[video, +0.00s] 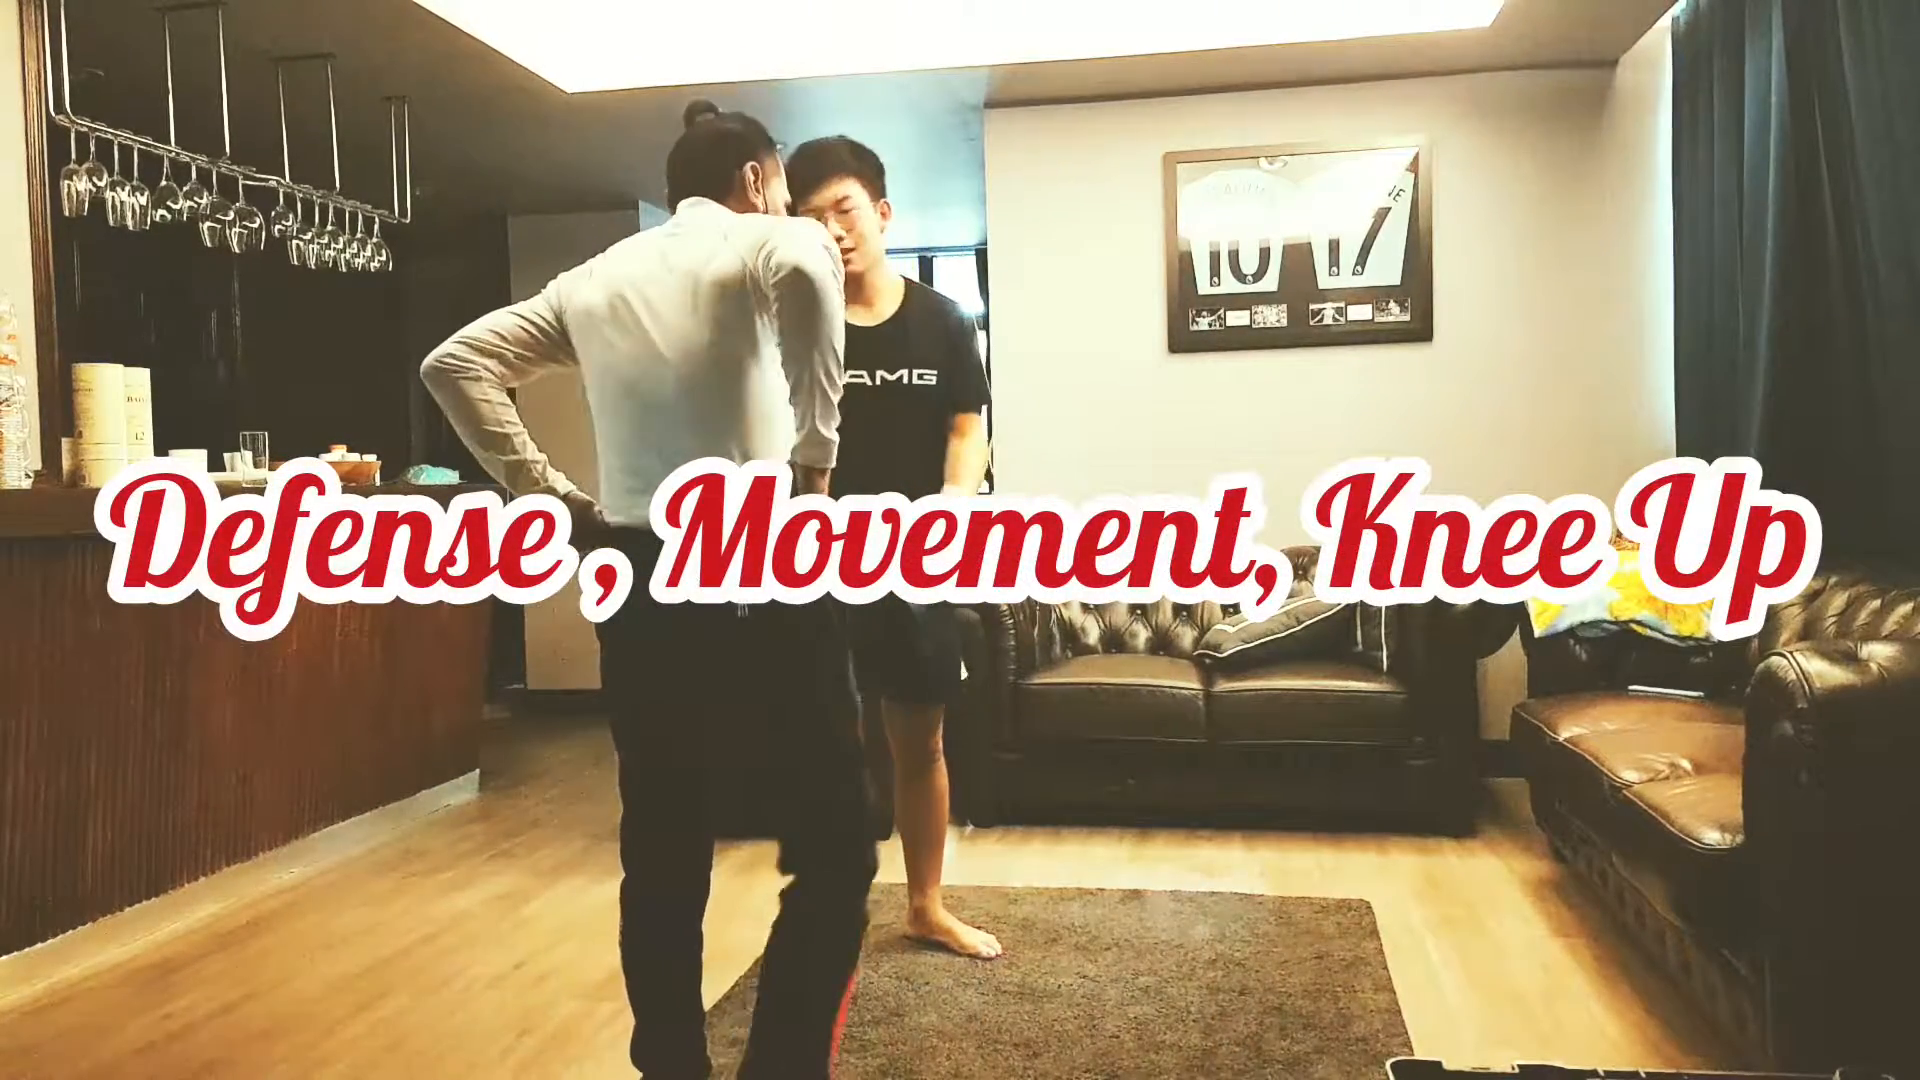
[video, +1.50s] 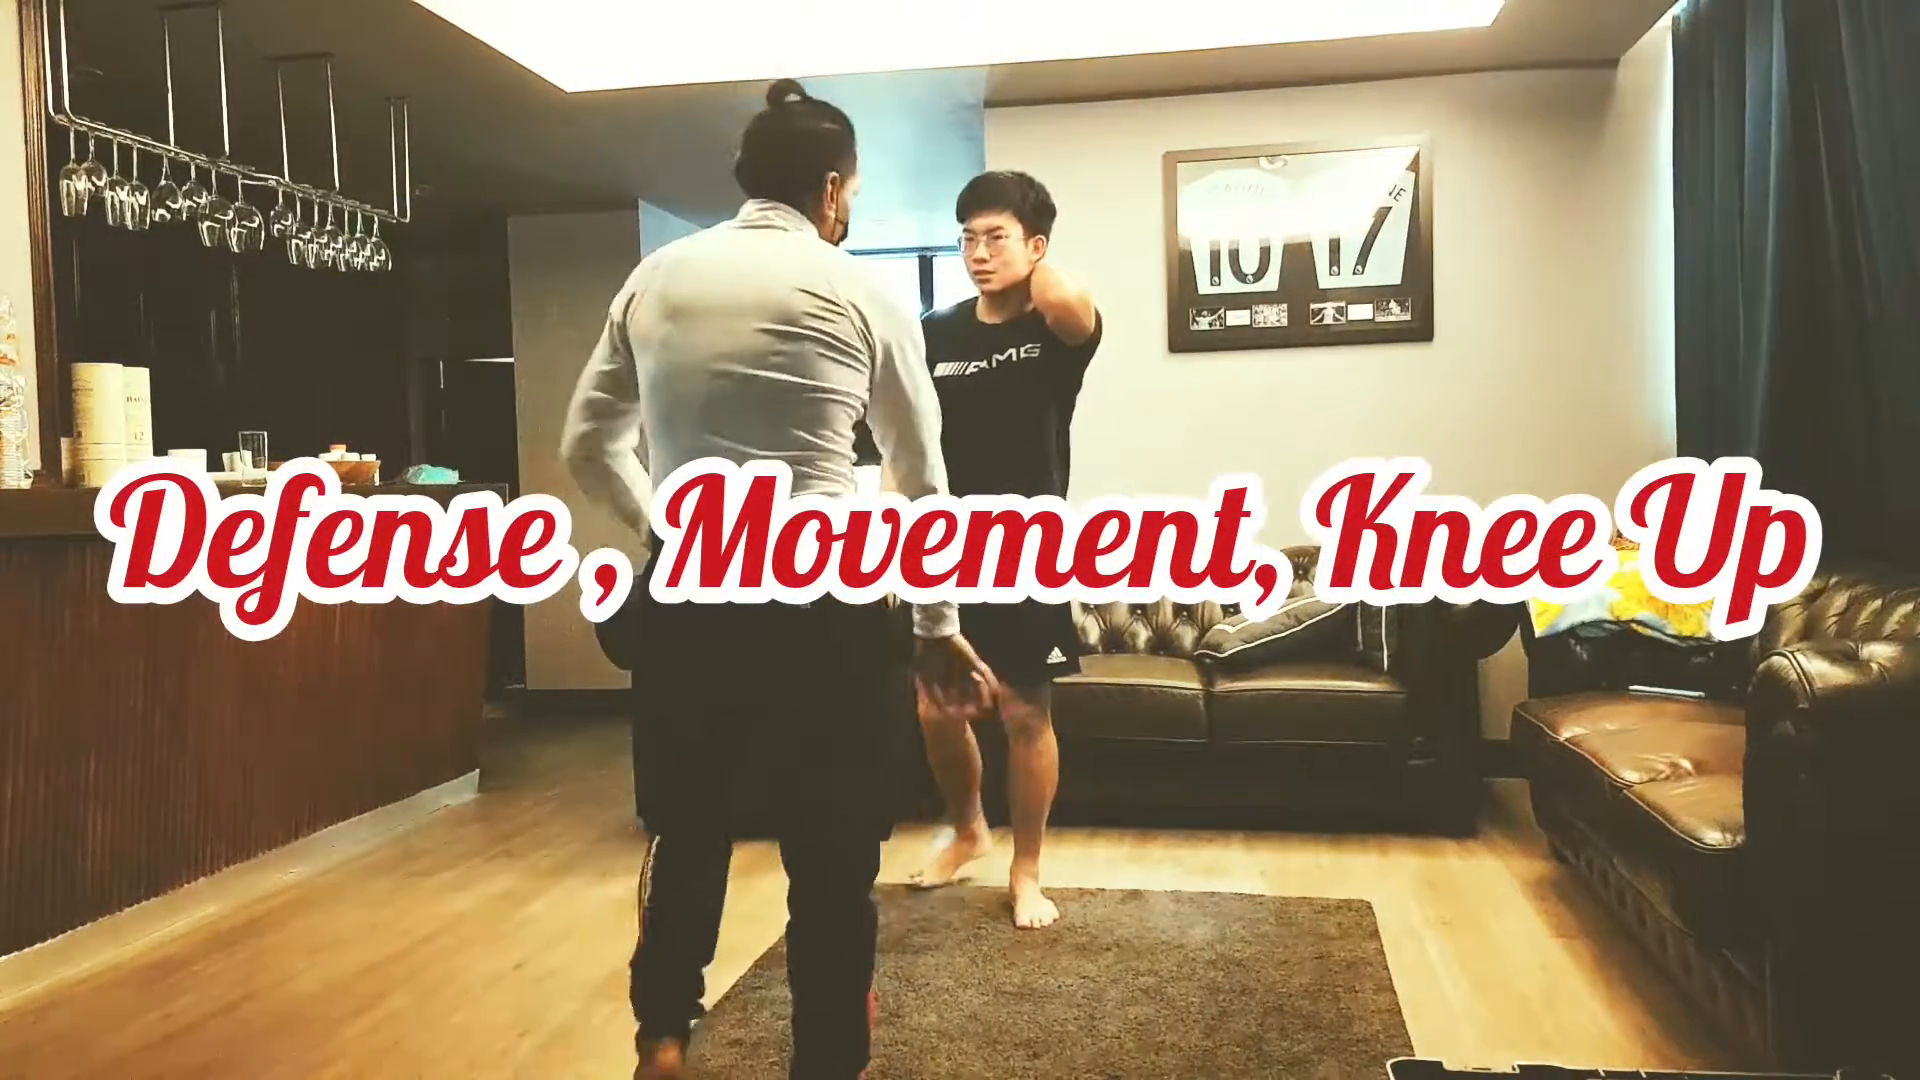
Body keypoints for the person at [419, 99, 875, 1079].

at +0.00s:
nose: (788, 199)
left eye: (783, 185)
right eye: (783, 185)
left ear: (678, 191)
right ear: (757, 181)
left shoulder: (594, 279)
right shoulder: (780, 236)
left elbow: (458, 364)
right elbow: (798, 273)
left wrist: (558, 504)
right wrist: (815, 464)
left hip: (639, 593)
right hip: (768, 589)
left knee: (661, 855)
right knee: (836, 848)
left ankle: (669, 1064)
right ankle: (783, 1066)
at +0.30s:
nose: (806, 185)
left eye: (802, 170)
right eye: (802, 170)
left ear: (691, 174)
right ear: (780, 173)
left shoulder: (603, 264)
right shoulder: (809, 244)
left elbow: (453, 335)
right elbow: (878, 273)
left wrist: (537, 497)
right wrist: (838, 470)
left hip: (638, 616)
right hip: (780, 619)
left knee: (646, 854)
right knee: (769, 883)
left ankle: (635, 1062)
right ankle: (747, 1063)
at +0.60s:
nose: (799, 158)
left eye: (798, 142)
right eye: (795, 142)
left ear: (680, 146)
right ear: (766, 143)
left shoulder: (593, 236)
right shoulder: (798, 214)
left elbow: (437, 311)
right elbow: (836, 258)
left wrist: (525, 475)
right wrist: (805, 453)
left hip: (615, 603)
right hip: (759, 609)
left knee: (597, 903)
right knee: (766, 917)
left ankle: (554, 1072)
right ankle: (740, 1071)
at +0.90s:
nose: (753, 178)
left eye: (749, 162)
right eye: (747, 161)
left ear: (635, 170)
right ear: (720, 161)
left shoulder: (541, 261)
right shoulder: (758, 232)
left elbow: (380, 350)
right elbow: (818, 289)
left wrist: (475, 491)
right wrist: (830, 472)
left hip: (579, 603)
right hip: (731, 599)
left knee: (581, 894)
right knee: (825, 848)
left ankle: (550, 1068)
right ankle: (787, 1066)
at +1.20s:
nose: (780, 172)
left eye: (776, 156)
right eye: (774, 156)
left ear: (664, 172)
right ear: (750, 163)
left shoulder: (590, 283)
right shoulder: (806, 262)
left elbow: (518, 454)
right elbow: (879, 437)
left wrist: (601, 534)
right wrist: (883, 568)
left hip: (651, 626)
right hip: (793, 621)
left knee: (628, 886)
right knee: (819, 876)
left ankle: (579, 1068)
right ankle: (829, 1061)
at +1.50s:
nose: (850, 205)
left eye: (851, 188)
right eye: (850, 187)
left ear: (743, 181)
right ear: (830, 191)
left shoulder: (654, 279)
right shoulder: (863, 298)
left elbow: (589, 440)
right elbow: (921, 482)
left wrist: (668, 545)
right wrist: (939, 625)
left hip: (689, 627)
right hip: (829, 629)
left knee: (689, 835)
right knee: (833, 867)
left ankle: (662, 1048)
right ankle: (830, 1061)